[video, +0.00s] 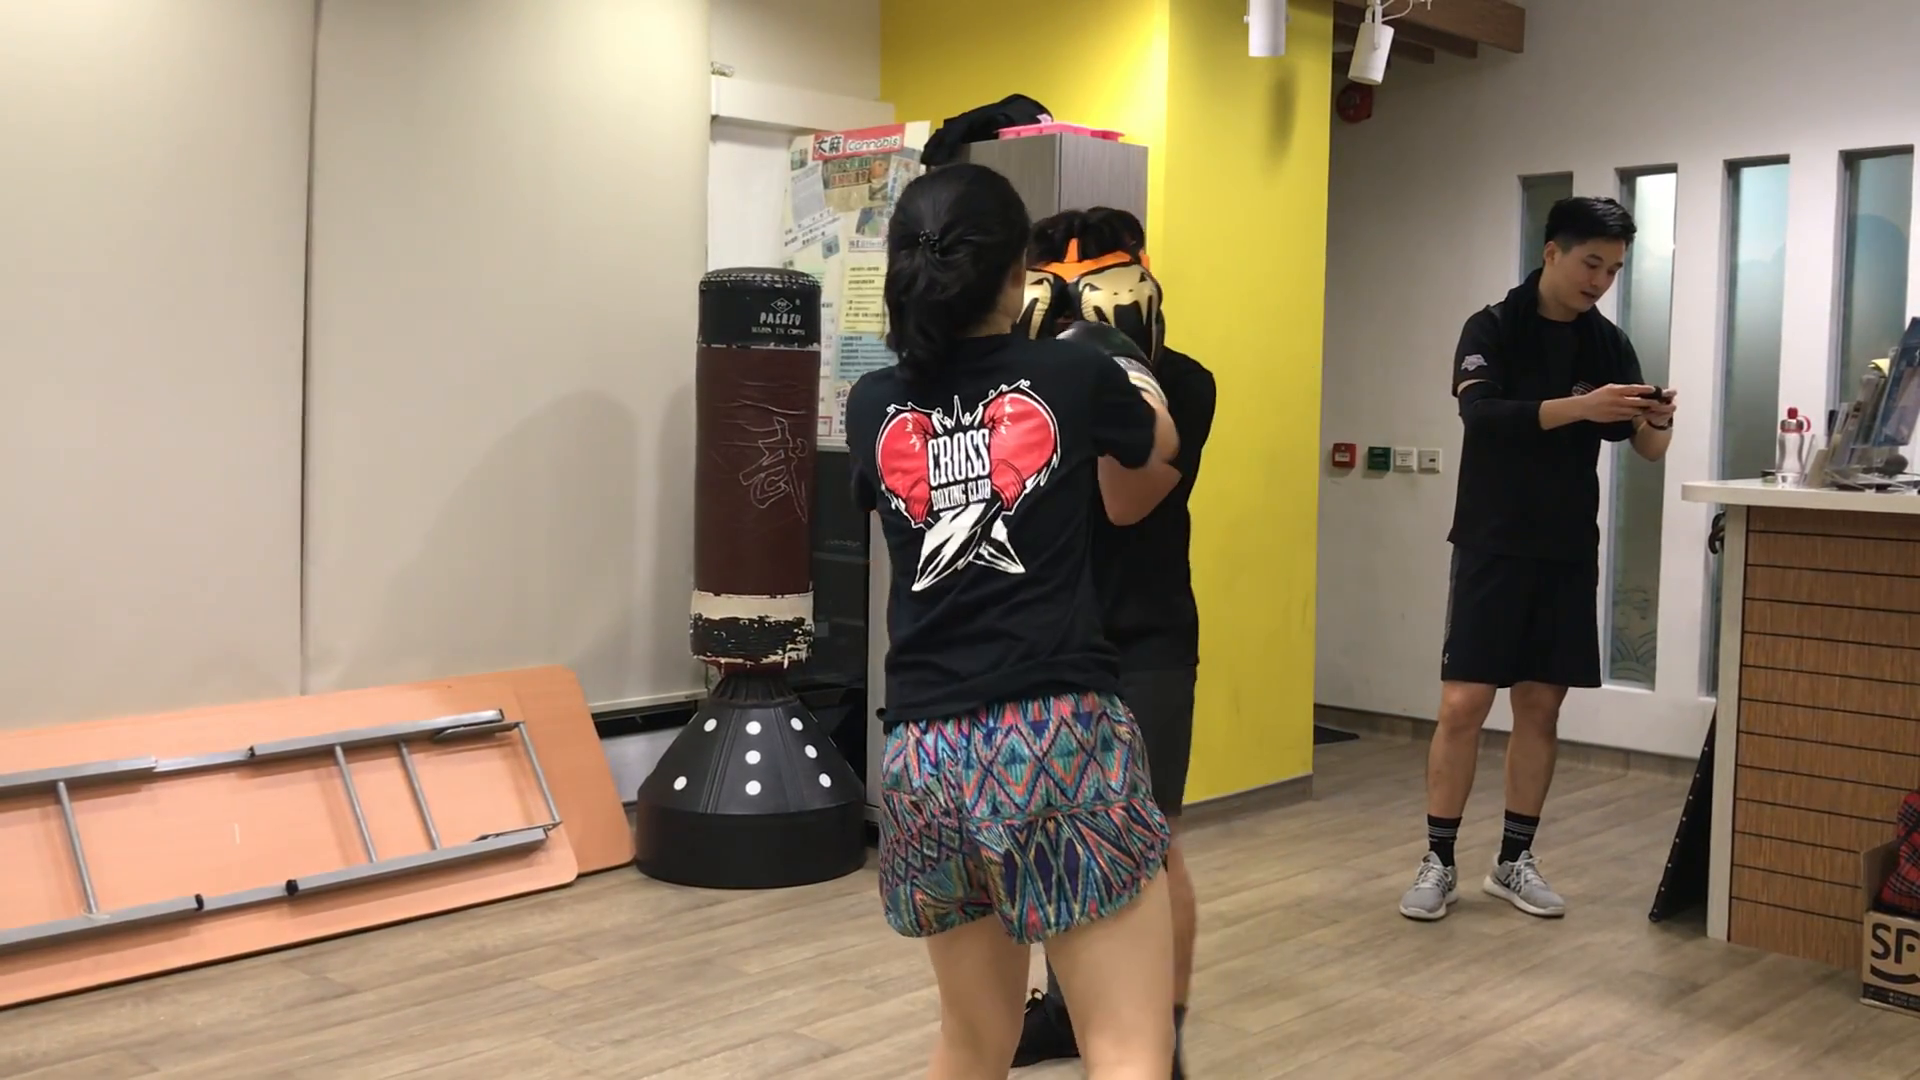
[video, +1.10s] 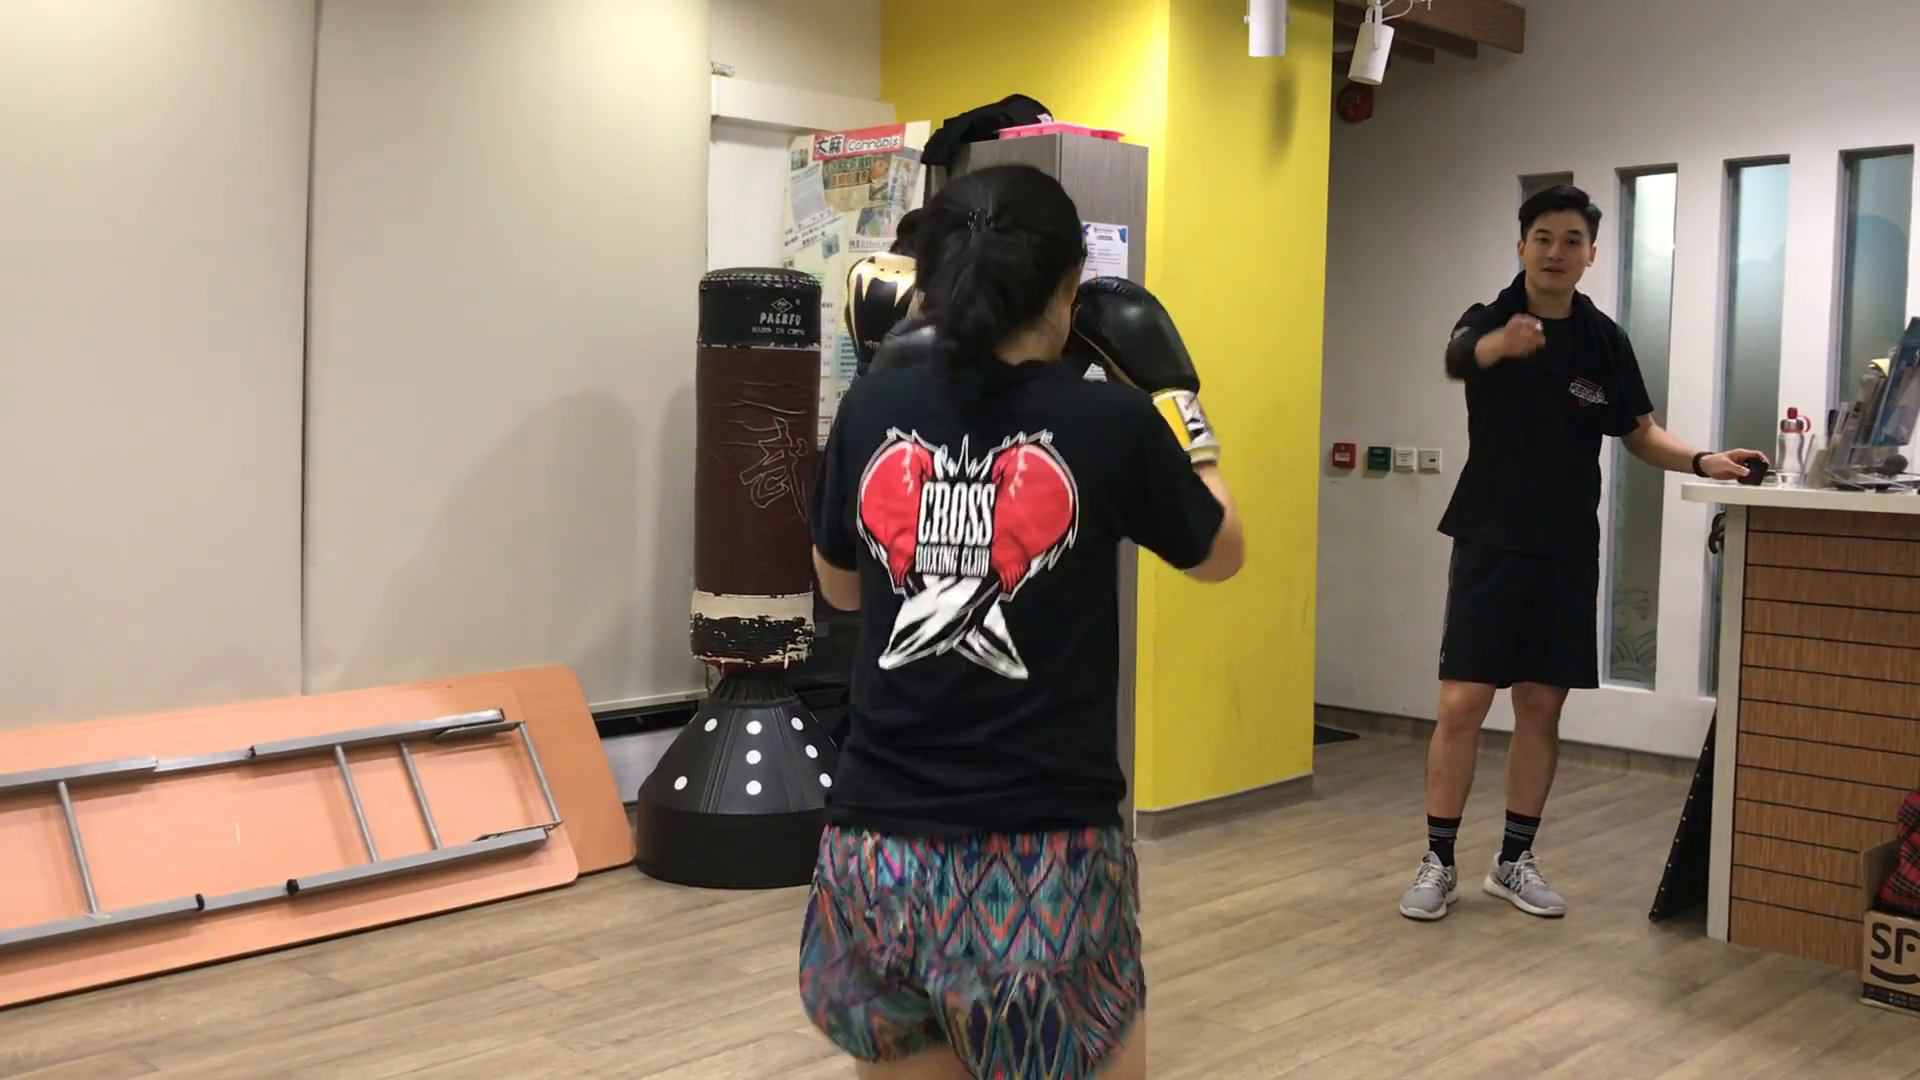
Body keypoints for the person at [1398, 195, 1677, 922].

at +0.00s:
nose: (1601, 281)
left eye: (1612, 270)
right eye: (1591, 264)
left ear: (1616, 270)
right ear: (1551, 251)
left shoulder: (1608, 345)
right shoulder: (1490, 328)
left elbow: (1650, 449)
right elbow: (1482, 415)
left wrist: (1656, 421)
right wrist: (1585, 407)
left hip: (1565, 551)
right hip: (1489, 545)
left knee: (1539, 708)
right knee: (1462, 705)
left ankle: (1516, 861)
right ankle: (1438, 862)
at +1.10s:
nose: (1556, 252)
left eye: (1571, 240)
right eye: (1543, 238)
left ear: (1592, 252)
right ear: (1521, 246)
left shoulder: (1603, 339)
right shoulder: (1484, 322)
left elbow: (1642, 433)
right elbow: (1462, 356)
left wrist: (1704, 459)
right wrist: (1498, 345)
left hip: (1566, 546)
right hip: (1489, 539)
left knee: (1541, 708)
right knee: (1460, 706)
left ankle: (1514, 861)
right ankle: (1437, 863)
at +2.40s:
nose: (1576, 256)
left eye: (1592, 245)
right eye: (1564, 242)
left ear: (1614, 256)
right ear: (1544, 247)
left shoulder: (1633, 345)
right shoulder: (1501, 337)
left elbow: (1656, 441)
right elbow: (1455, 437)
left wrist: (1663, 454)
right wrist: (1490, 493)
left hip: (1582, 551)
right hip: (1504, 544)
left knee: (1549, 710)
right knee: (1468, 702)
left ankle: (1514, 861)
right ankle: (1443, 847)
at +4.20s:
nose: (1659, 271)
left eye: (1677, 259)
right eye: (1651, 256)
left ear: (1711, 264)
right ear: (1639, 257)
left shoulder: (1735, 350)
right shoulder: (1614, 329)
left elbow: (1740, 456)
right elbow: (1556, 388)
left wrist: (1647, 471)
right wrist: (1576, 462)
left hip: (1686, 546)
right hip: (1613, 538)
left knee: (1669, 705)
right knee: (1571, 693)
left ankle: (1652, 853)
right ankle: (1592, 842)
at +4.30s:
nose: (1662, 271)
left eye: (1680, 259)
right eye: (1653, 256)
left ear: (1713, 264)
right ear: (1641, 257)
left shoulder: (1737, 350)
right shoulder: (1616, 328)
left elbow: (1741, 456)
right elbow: (1558, 388)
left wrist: (1648, 470)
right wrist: (1578, 464)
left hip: (1690, 543)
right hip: (1616, 535)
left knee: (1669, 704)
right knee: (1574, 693)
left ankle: (1652, 853)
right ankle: (1592, 843)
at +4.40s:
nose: (1664, 271)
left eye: (1682, 260)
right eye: (1655, 257)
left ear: (1715, 264)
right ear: (1644, 258)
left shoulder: (1740, 350)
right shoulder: (1618, 329)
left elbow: (1745, 456)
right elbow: (1559, 389)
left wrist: (1650, 470)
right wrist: (1579, 463)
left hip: (1692, 545)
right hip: (1616, 536)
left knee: (1670, 704)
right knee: (1578, 696)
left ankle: (1652, 853)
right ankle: (1593, 843)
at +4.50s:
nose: (1666, 272)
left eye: (1684, 260)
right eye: (1657, 257)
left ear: (1717, 264)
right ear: (1645, 258)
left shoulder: (1741, 350)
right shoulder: (1620, 330)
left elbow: (1745, 456)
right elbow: (1561, 390)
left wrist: (1650, 470)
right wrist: (1581, 467)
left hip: (1693, 545)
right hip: (1618, 538)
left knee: (1671, 705)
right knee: (1579, 695)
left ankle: (1652, 854)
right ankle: (1593, 843)